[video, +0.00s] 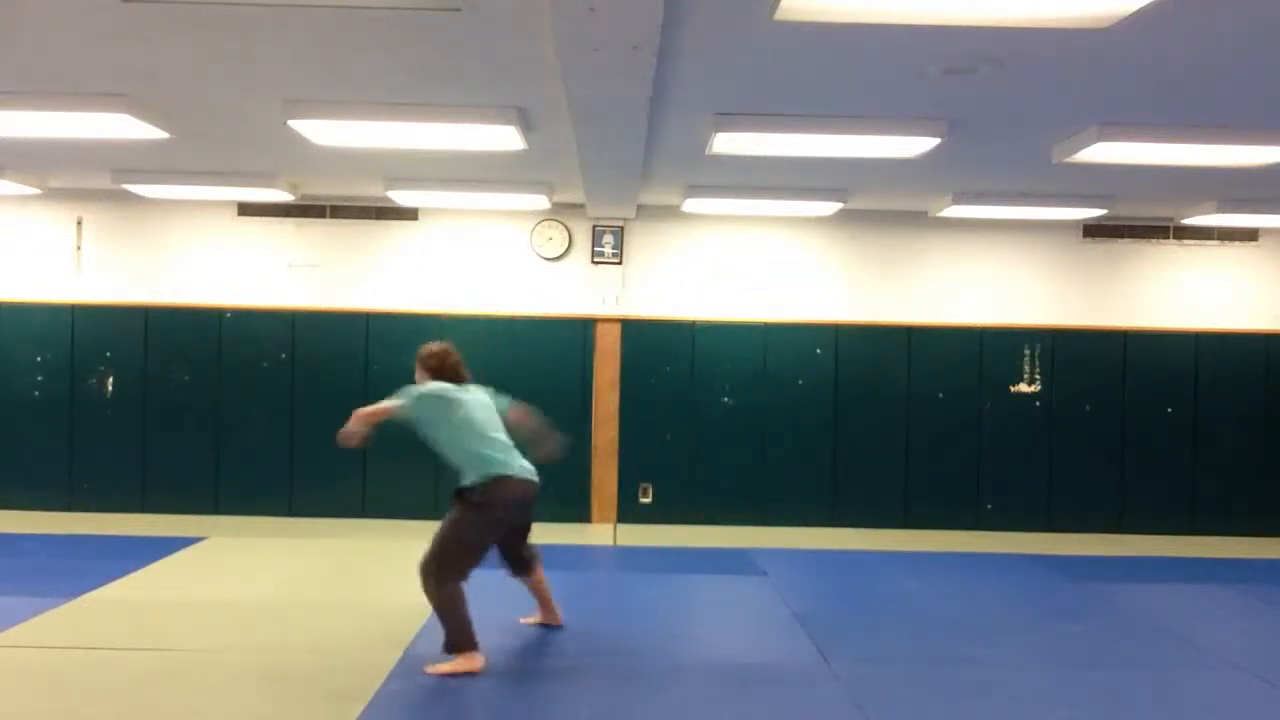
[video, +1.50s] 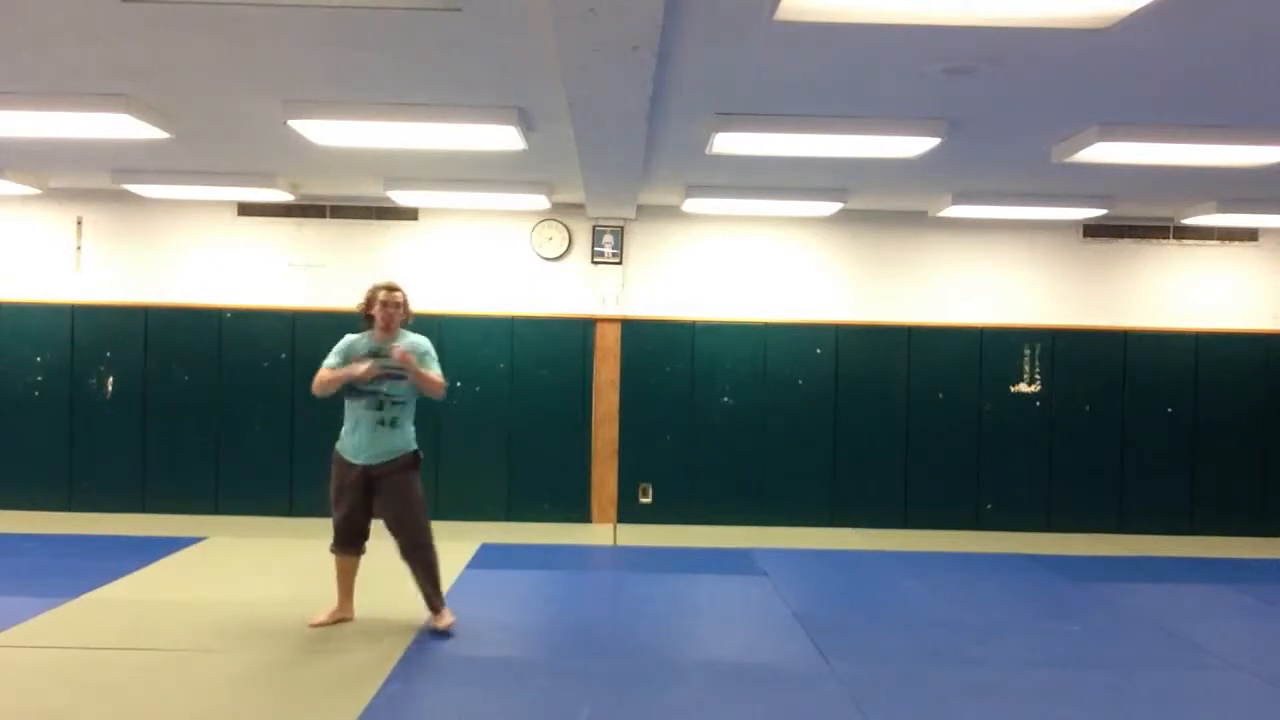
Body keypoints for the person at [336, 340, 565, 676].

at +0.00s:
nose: (415, 378)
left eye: (417, 372)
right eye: (416, 372)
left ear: (426, 374)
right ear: (455, 372)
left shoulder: (421, 395)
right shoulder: (480, 393)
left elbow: (365, 414)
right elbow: (523, 416)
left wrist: (352, 432)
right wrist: (546, 442)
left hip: (488, 490)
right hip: (525, 485)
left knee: (438, 570)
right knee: (515, 547)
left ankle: (466, 653)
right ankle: (549, 611)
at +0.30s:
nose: (507, 400)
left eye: (510, 394)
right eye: (503, 390)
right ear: (484, 384)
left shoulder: (462, 447)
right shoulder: (462, 403)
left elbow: (442, 483)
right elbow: (446, 389)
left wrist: (429, 484)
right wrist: (488, 385)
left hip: (397, 467)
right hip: (402, 433)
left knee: (409, 542)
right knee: (431, 399)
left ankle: (406, 640)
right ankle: (441, 362)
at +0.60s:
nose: (495, 381)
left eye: (501, 379)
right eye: (493, 372)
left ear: (498, 393)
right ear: (471, 368)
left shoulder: (470, 435)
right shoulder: (432, 377)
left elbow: (435, 478)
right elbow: (378, 391)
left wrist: (433, 456)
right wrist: (423, 410)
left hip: (392, 487)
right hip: (350, 462)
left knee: (405, 556)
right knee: (285, 526)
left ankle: (388, 646)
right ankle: (278, 553)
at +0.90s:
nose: (363, 315)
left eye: (371, 308)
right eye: (358, 308)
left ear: (387, 311)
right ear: (353, 312)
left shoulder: (397, 350)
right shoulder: (362, 350)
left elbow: (404, 399)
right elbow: (370, 394)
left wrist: (351, 395)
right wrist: (341, 402)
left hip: (380, 457)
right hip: (344, 453)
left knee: (389, 541)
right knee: (334, 534)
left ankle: (401, 628)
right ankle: (329, 606)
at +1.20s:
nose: (355, 307)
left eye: (363, 303)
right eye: (351, 301)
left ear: (378, 310)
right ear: (345, 307)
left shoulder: (387, 344)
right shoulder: (354, 349)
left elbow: (373, 389)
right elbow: (356, 402)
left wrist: (326, 414)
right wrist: (334, 437)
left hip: (376, 452)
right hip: (343, 451)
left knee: (373, 535)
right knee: (338, 529)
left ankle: (386, 622)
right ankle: (343, 606)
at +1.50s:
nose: (388, 311)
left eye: (395, 306)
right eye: (383, 305)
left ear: (405, 312)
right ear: (370, 309)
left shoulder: (418, 346)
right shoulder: (351, 344)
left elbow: (438, 389)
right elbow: (318, 385)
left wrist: (412, 368)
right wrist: (352, 373)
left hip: (397, 457)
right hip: (351, 456)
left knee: (415, 536)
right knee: (346, 534)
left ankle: (438, 609)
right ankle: (344, 606)